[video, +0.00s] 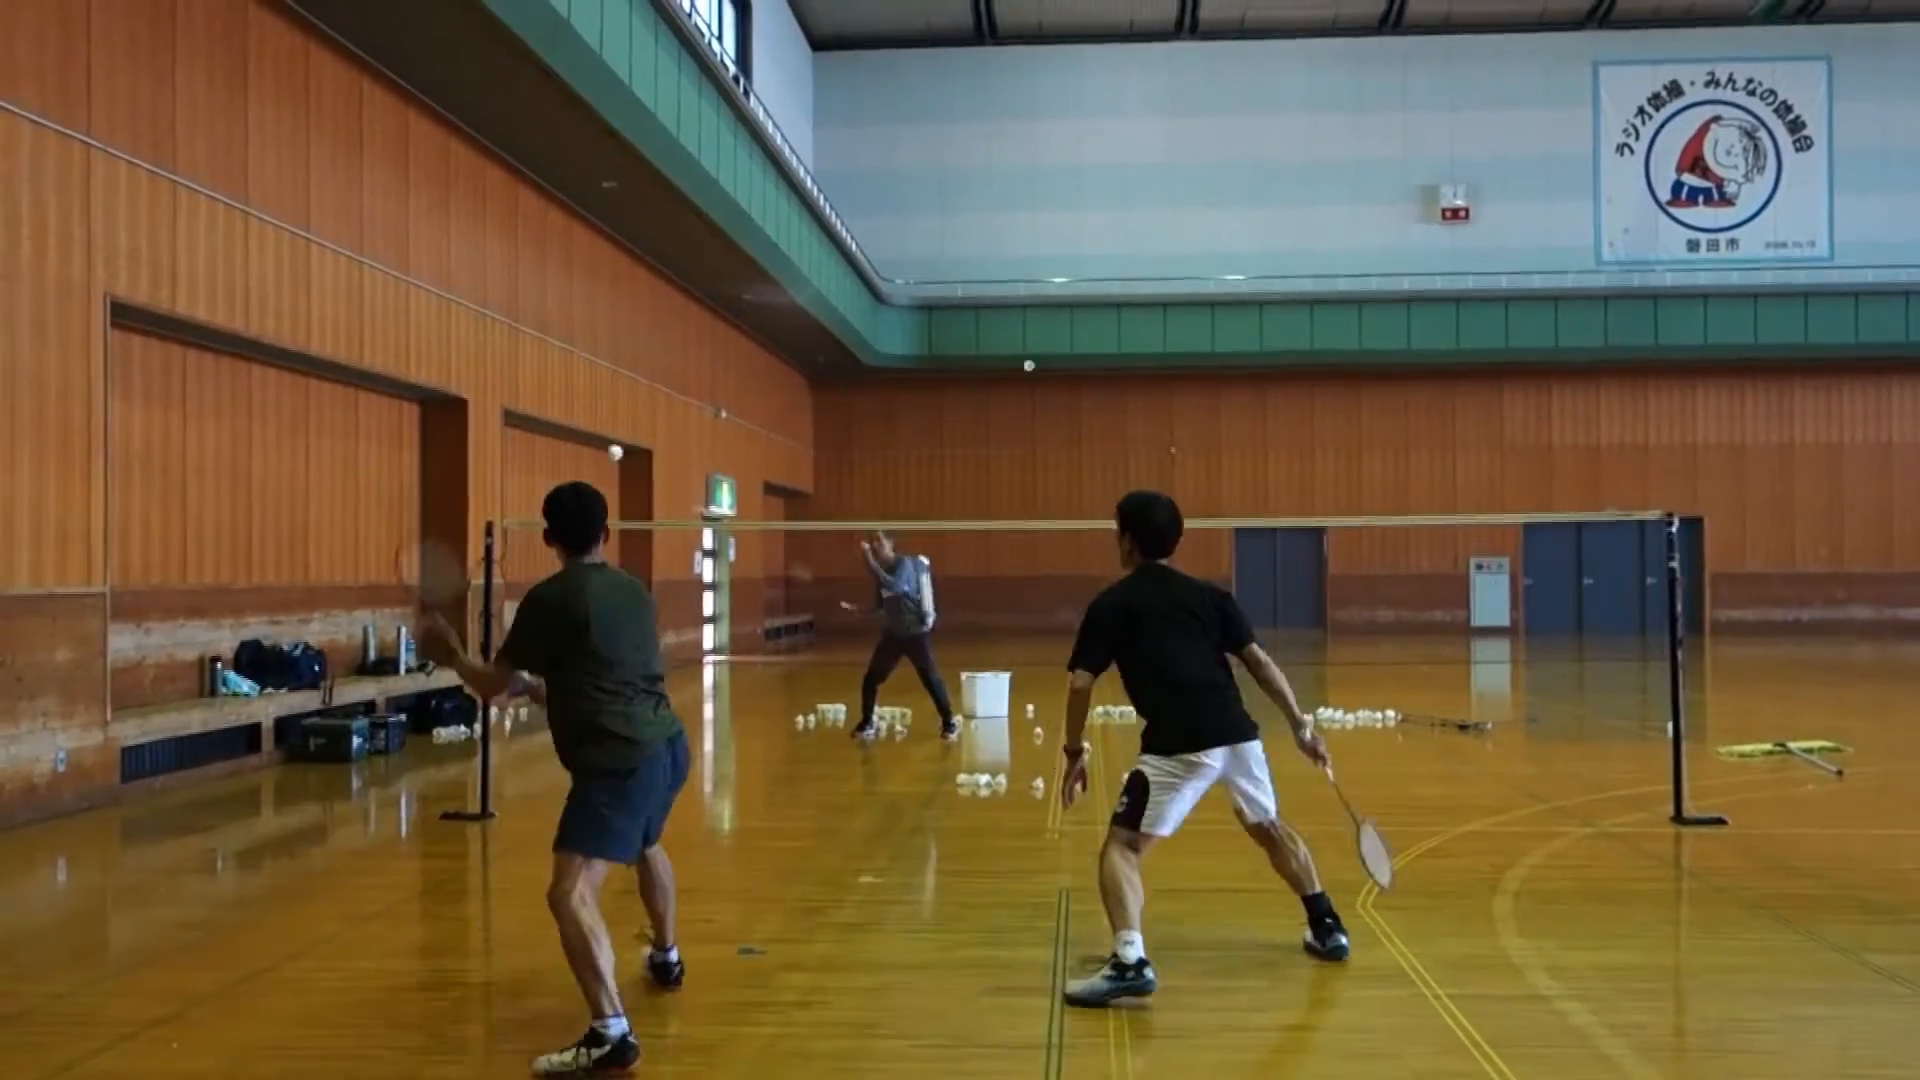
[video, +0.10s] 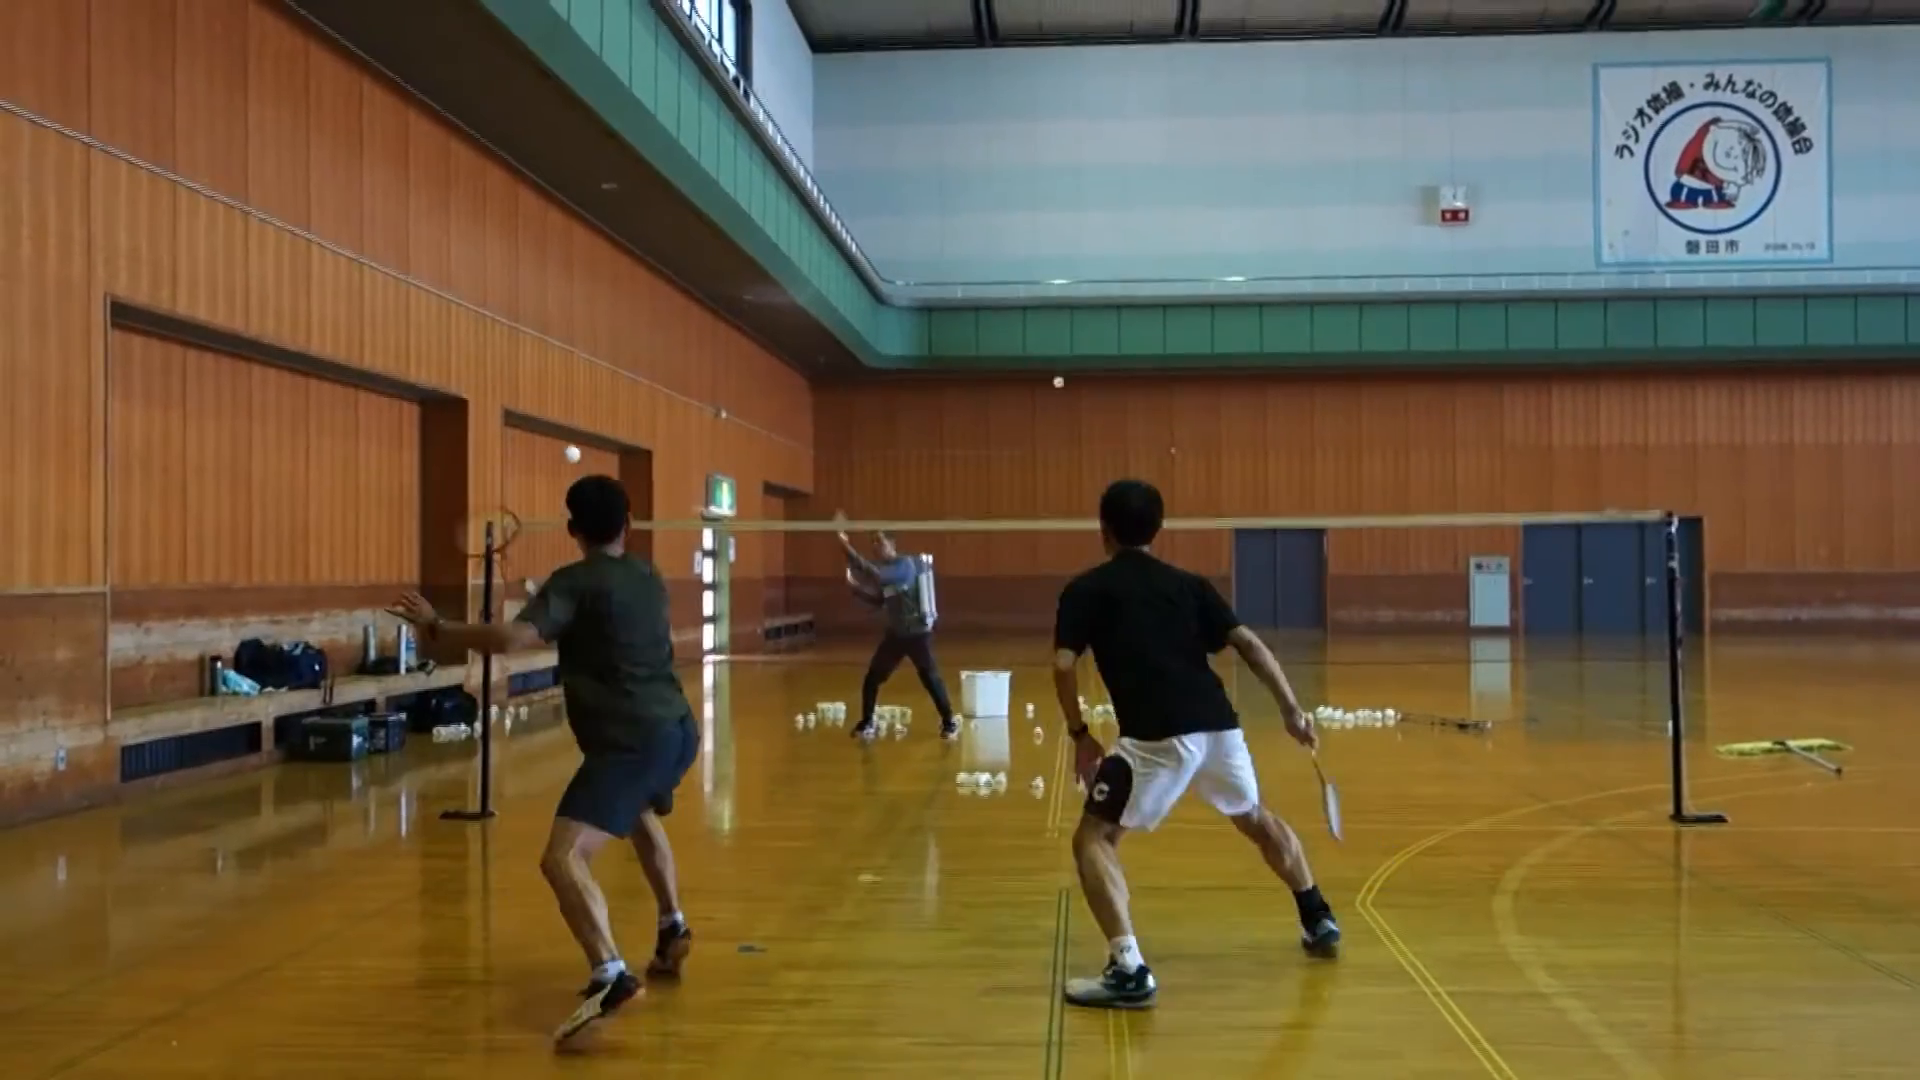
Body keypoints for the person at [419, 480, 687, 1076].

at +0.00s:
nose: (545, 535)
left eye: (545, 526)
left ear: (549, 535)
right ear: (603, 531)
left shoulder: (550, 599)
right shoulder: (634, 589)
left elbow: (491, 686)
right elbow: (615, 681)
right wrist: (538, 690)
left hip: (616, 765)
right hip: (668, 749)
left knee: (570, 894)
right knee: (644, 844)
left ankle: (611, 1031)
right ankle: (665, 956)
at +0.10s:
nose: (568, 526)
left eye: (570, 519)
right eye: (577, 517)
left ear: (574, 528)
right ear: (625, 524)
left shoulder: (574, 583)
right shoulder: (648, 577)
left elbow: (511, 638)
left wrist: (438, 628)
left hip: (627, 746)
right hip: (676, 734)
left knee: (561, 858)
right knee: (639, 814)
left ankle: (610, 974)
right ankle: (673, 923)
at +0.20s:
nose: (582, 532)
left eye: (584, 526)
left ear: (587, 534)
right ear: (635, 535)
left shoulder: (599, 585)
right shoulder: (650, 581)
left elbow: (564, 633)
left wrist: (483, 659)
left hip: (638, 736)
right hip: (680, 729)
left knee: (561, 846)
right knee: (630, 804)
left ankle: (600, 977)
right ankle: (657, 914)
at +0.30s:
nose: (597, 541)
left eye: (598, 534)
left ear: (601, 542)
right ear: (647, 541)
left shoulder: (609, 593)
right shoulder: (666, 594)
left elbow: (598, 647)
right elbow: (674, 660)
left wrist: (535, 685)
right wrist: (600, 674)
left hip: (642, 736)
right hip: (688, 731)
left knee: (592, 849)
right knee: (642, 807)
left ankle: (601, 949)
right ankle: (640, 913)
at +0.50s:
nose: (617, 534)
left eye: (617, 528)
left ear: (620, 531)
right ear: (667, 528)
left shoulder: (617, 579)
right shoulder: (706, 574)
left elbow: (607, 639)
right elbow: (738, 650)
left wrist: (585, 712)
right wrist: (741, 705)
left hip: (660, 710)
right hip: (720, 705)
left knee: (605, 789)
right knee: (716, 787)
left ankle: (608, 897)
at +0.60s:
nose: (634, 545)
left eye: (635, 539)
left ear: (639, 545)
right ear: (684, 540)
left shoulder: (630, 599)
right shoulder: (717, 588)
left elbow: (610, 679)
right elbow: (760, 649)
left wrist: (590, 734)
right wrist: (771, 690)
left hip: (661, 727)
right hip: (723, 723)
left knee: (610, 804)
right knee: (770, 805)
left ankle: (576, 903)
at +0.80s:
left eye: (580, 578)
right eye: (603, 554)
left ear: (582, 584)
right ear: (616, 557)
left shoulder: (602, 632)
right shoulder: (671, 574)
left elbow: (598, 693)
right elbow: (728, 545)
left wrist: (612, 653)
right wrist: (688, 496)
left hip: (668, 730)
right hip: (726, 714)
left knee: (609, 806)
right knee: (782, 796)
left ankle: (571, 895)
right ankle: (804, 893)